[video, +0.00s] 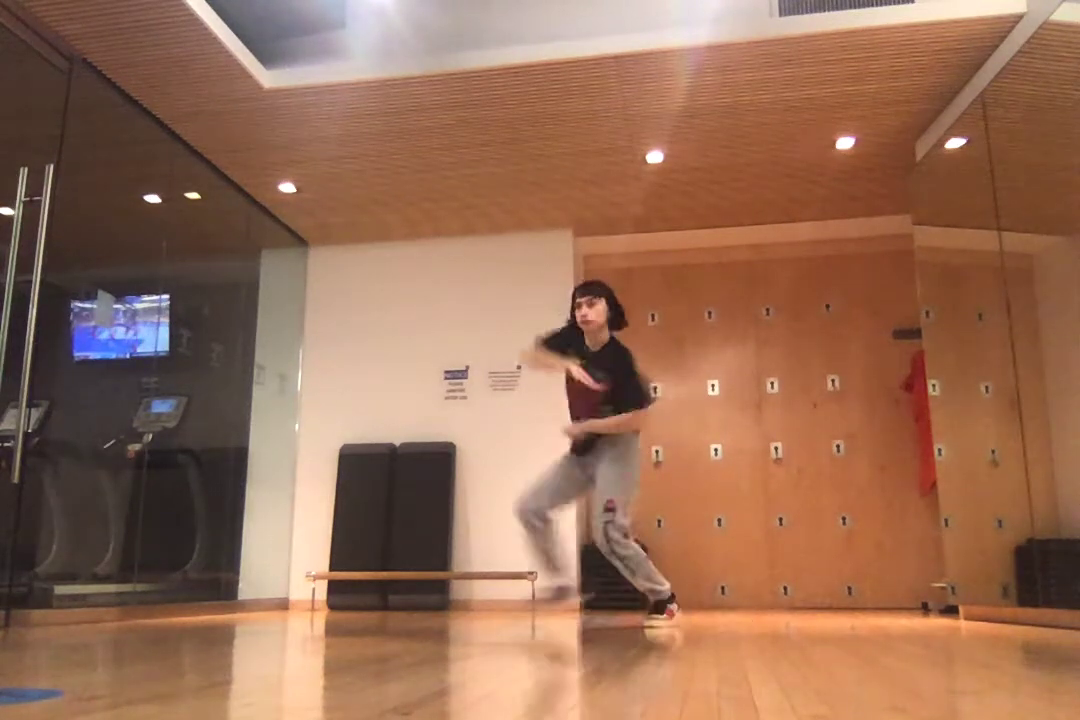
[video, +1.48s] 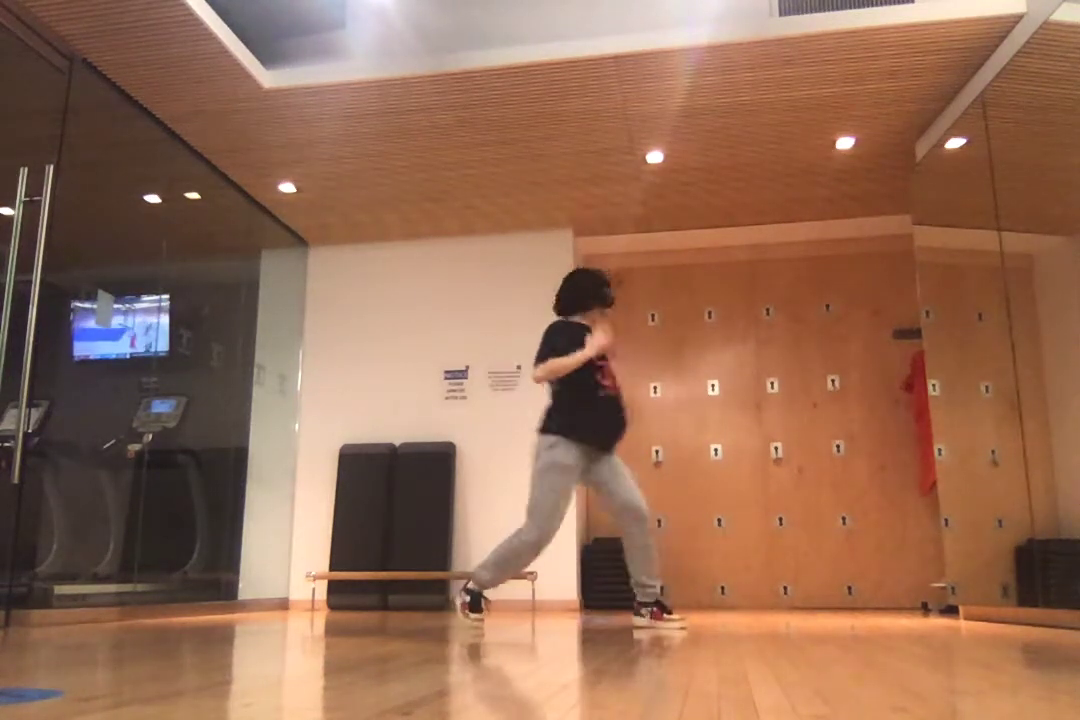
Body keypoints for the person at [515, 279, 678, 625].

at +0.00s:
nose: (584, 311)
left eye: (592, 304)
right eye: (579, 306)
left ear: (608, 309)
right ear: (574, 313)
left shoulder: (619, 356)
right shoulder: (570, 339)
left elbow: (637, 419)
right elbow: (532, 355)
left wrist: (586, 425)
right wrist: (570, 366)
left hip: (617, 449)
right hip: (584, 451)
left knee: (609, 532)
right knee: (530, 507)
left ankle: (662, 598)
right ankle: (561, 585)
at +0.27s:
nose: (586, 285)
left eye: (596, 287)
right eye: (591, 280)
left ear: (603, 308)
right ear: (586, 287)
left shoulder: (592, 340)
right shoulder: (551, 310)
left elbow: (599, 392)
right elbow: (522, 288)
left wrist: (560, 366)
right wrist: (545, 299)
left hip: (567, 418)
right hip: (523, 425)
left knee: (604, 501)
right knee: (489, 505)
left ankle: (641, 585)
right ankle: (485, 591)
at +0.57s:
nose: (553, 301)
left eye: (559, 294)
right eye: (545, 295)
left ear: (570, 305)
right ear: (532, 307)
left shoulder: (583, 342)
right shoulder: (521, 354)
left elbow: (634, 355)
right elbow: (489, 408)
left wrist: (587, 368)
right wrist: (531, 392)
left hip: (576, 455)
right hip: (526, 456)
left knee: (599, 531)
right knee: (490, 527)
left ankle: (656, 594)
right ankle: (475, 599)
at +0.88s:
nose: (558, 315)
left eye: (565, 309)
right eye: (550, 310)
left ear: (576, 317)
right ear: (540, 319)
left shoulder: (587, 353)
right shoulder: (524, 359)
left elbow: (638, 374)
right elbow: (487, 409)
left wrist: (587, 383)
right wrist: (531, 399)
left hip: (577, 450)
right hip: (531, 452)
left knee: (583, 529)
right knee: (525, 531)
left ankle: (655, 585)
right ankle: (472, 595)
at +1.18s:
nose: (585, 300)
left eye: (588, 293)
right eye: (576, 295)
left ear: (597, 301)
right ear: (563, 306)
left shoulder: (607, 340)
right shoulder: (560, 343)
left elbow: (632, 353)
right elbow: (544, 388)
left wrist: (620, 362)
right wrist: (588, 370)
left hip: (602, 452)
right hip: (566, 444)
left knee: (656, 514)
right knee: (526, 525)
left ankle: (647, 603)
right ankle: (463, 584)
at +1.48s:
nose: (609, 306)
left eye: (608, 299)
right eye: (604, 299)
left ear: (584, 300)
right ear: (587, 301)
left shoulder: (593, 337)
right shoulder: (562, 331)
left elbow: (589, 383)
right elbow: (541, 372)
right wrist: (589, 351)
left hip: (598, 450)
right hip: (562, 444)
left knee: (635, 513)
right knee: (539, 531)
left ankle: (648, 603)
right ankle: (474, 587)